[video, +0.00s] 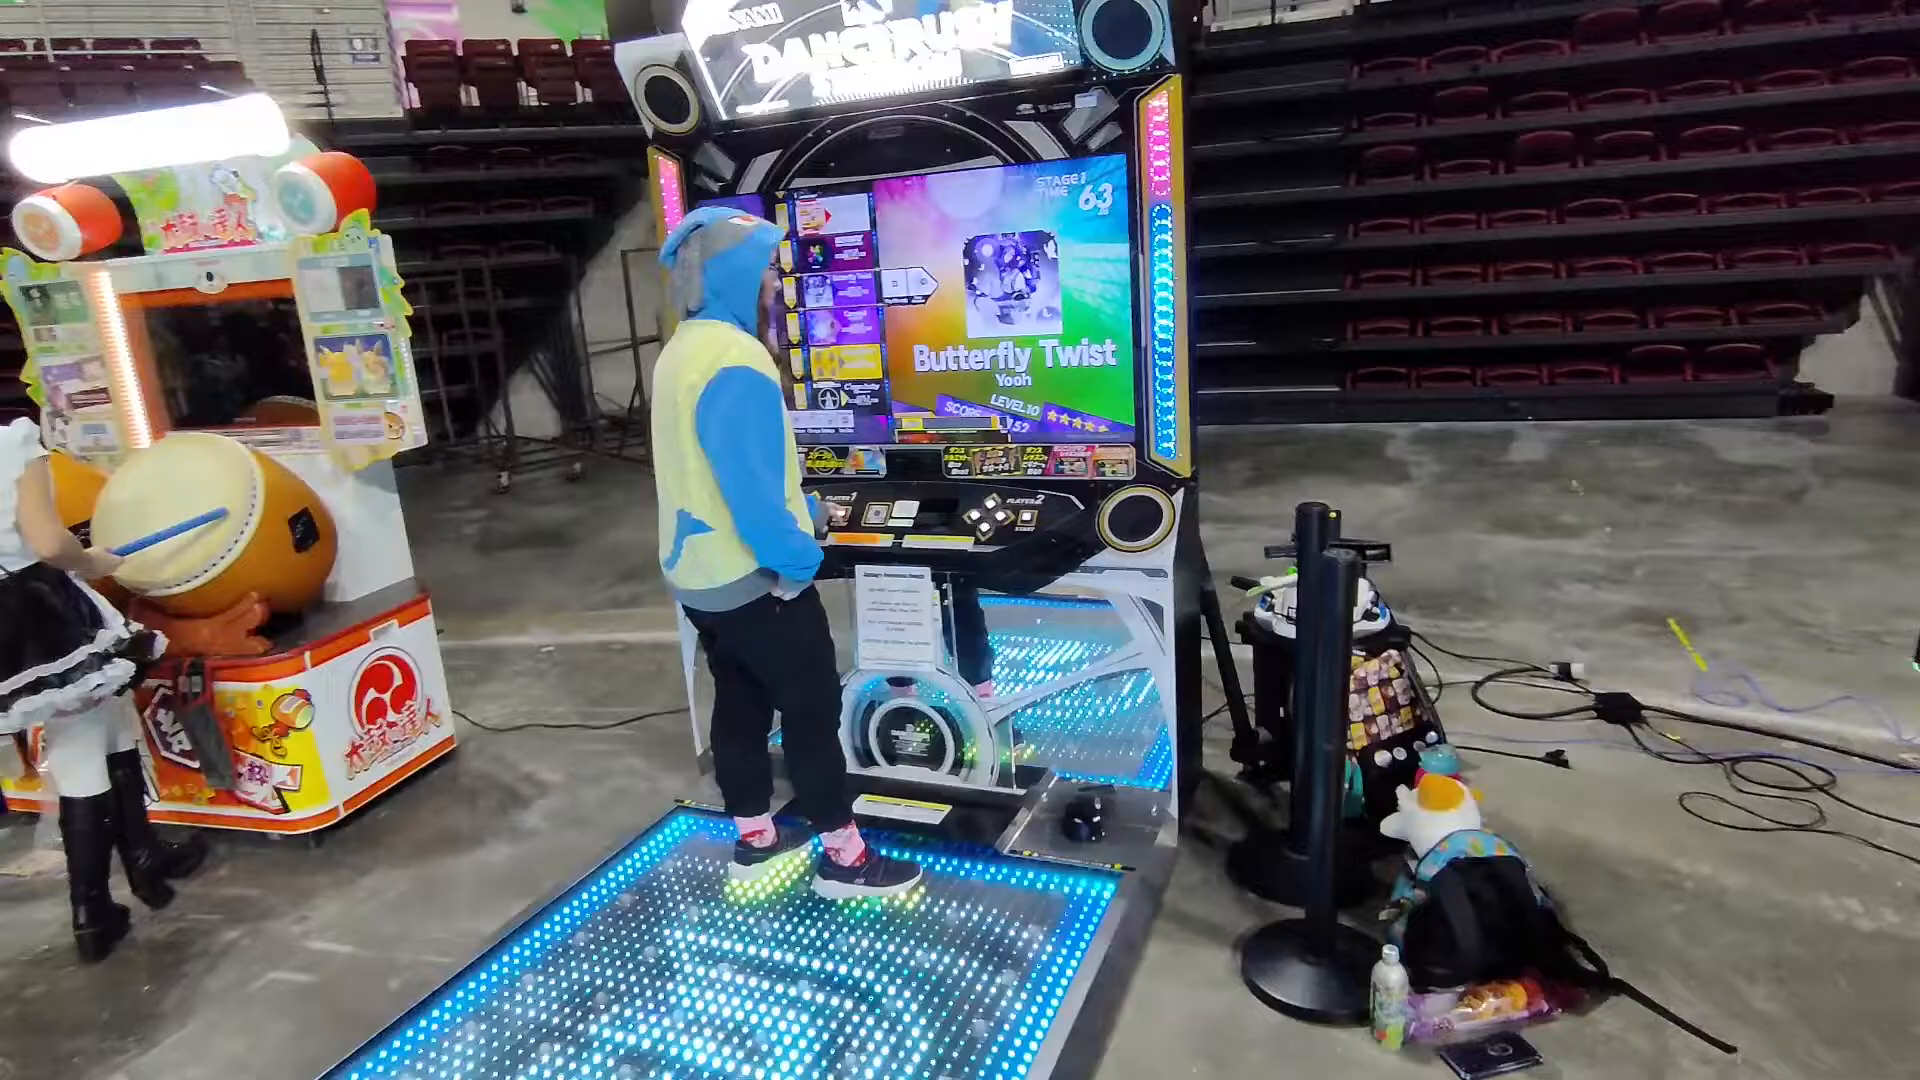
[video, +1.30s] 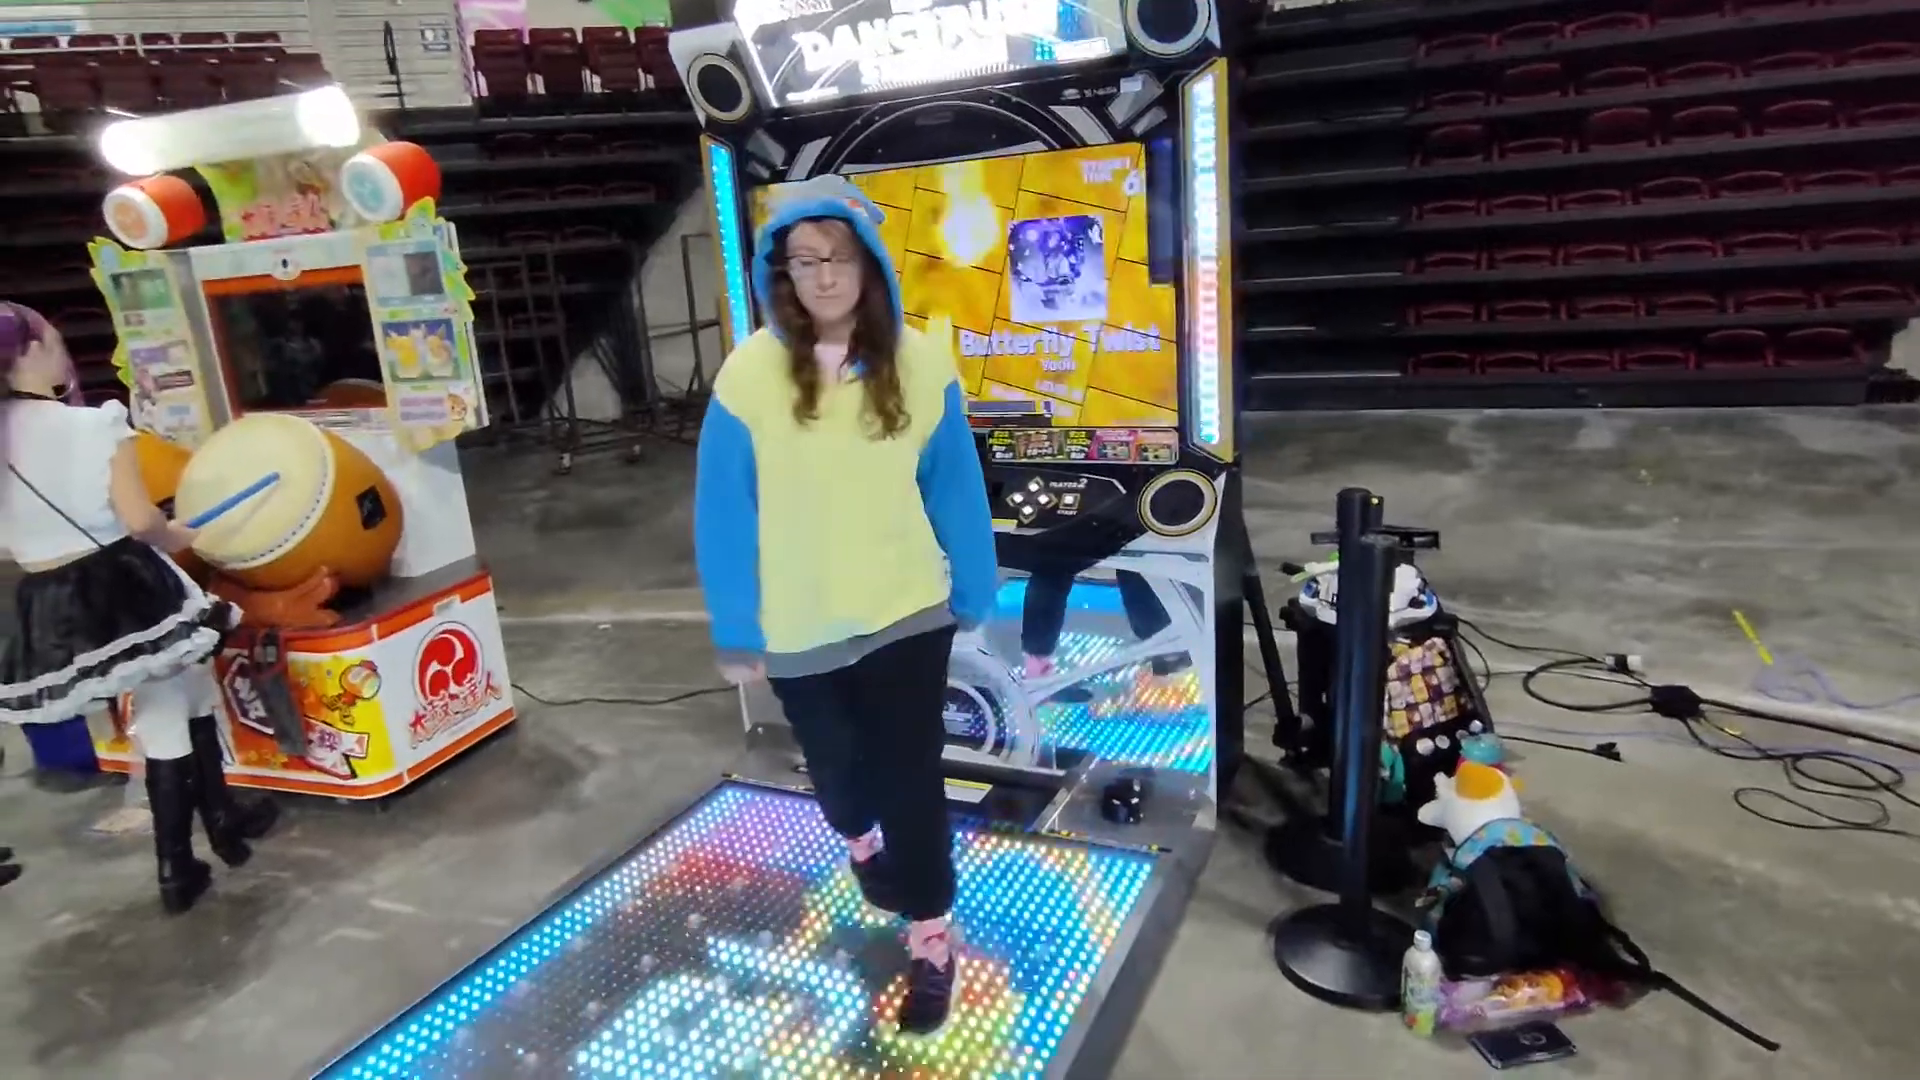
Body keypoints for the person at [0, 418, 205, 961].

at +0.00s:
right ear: (17, 379)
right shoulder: (17, 437)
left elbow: (42, 544)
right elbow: (45, 540)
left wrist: (77, 556)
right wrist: (88, 560)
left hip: (21, 628)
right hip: (41, 623)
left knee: (115, 720)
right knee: (80, 758)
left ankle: (144, 861)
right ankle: (90, 912)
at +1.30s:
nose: (65, 354)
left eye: (59, 343)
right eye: (56, 344)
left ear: (8, 361)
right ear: (32, 352)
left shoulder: (5, 436)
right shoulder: (95, 425)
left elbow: (15, 548)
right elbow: (139, 521)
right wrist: (174, 535)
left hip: (50, 607)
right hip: (124, 592)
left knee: (191, 679)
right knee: (163, 714)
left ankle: (223, 818)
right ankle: (175, 866)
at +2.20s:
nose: (67, 340)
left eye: (60, 328)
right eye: (56, 329)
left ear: (13, 347)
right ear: (28, 342)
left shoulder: (7, 417)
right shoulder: (103, 409)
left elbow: (13, 535)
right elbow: (157, 498)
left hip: (45, 589)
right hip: (121, 578)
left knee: (173, 674)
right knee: (164, 700)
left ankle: (218, 807)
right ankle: (165, 855)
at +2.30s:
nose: (54, 334)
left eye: (47, 323)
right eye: (46, 323)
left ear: (4, 340)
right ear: (22, 333)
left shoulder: (7, 412)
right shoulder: (92, 408)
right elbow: (147, 500)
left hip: (34, 595)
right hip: (112, 585)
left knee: (166, 670)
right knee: (151, 695)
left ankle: (205, 809)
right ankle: (154, 858)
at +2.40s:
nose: (33, 323)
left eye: (26, 310)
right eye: (25, 311)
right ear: (8, 319)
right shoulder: (74, 395)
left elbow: (129, 488)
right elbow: (133, 490)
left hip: (15, 593)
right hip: (89, 583)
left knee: (147, 651)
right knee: (138, 683)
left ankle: (187, 798)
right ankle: (137, 850)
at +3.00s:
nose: (30, 261)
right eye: (24, 251)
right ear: (16, 257)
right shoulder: (48, 323)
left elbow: (92, 419)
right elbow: (94, 421)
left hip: (11, 505)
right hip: (70, 493)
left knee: (125, 593)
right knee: (108, 623)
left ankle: (165, 726)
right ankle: (118, 774)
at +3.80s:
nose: (60, 200)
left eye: (55, 189)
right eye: (52, 190)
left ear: (8, 206)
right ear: (29, 199)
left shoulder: (5, 282)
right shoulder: (102, 271)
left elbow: (9, 393)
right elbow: (151, 369)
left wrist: (51, 393)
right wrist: (140, 313)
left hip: (56, 443)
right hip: (128, 432)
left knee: (179, 535)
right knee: (168, 560)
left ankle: (225, 658)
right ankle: (183, 706)